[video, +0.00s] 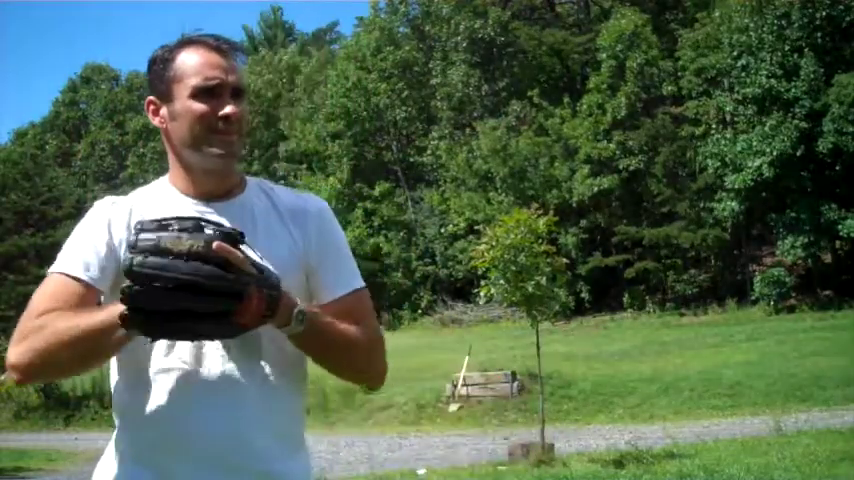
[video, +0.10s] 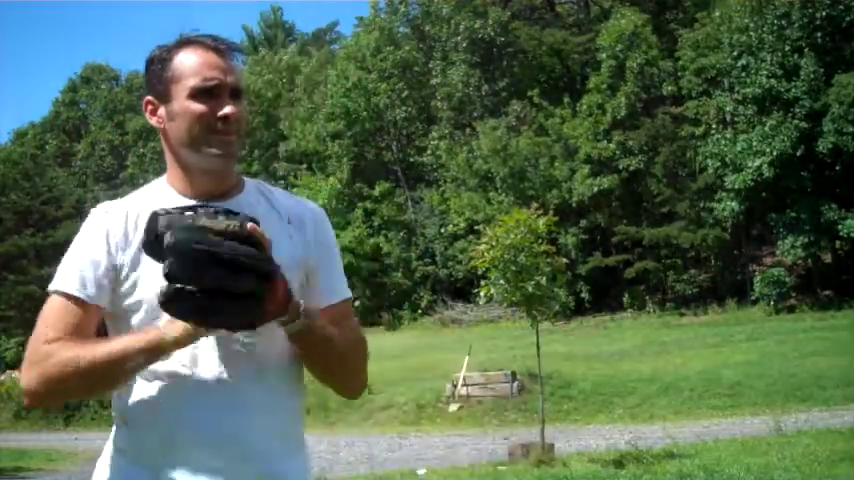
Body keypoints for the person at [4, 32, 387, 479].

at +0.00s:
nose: (231, 110)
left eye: (238, 96)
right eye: (209, 93)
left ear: (247, 108)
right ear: (158, 112)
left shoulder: (307, 217)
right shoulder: (115, 220)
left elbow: (371, 366)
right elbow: (24, 356)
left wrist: (282, 310)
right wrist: (137, 312)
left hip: (272, 467)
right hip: (145, 467)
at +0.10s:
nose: (229, 110)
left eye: (236, 95)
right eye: (207, 94)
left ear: (245, 107)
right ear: (156, 113)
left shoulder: (303, 222)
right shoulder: (113, 226)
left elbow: (352, 377)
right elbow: (39, 377)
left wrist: (287, 312)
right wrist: (173, 332)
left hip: (272, 468)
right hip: (146, 470)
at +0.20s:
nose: (228, 109)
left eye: (234, 94)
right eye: (207, 93)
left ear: (243, 105)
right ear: (156, 113)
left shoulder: (299, 220)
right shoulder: (108, 230)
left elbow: (344, 383)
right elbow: (49, 387)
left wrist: (303, 303)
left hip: (271, 469)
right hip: (143, 471)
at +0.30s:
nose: (228, 109)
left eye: (234, 94)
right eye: (205, 93)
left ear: (243, 106)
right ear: (155, 112)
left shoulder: (283, 221)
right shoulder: (108, 231)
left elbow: (348, 383)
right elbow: (62, 389)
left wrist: (320, 287)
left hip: (273, 469)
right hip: (151, 468)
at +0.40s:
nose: (227, 108)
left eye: (234, 93)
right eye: (204, 91)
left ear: (243, 106)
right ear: (154, 110)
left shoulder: (283, 221)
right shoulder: (105, 232)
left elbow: (348, 382)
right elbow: (64, 394)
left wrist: (327, 284)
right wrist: (68, 474)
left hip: (272, 469)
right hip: (145, 468)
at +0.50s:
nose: (227, 106)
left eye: (233, 91)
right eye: (205, 90)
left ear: (242, 104)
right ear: (154, 111)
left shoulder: (283, 223)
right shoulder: (103, 232)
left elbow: (347, 383)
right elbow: (56, 389)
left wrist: (328, 282)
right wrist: (45, 477)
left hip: (272, 470)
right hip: (141, 470)